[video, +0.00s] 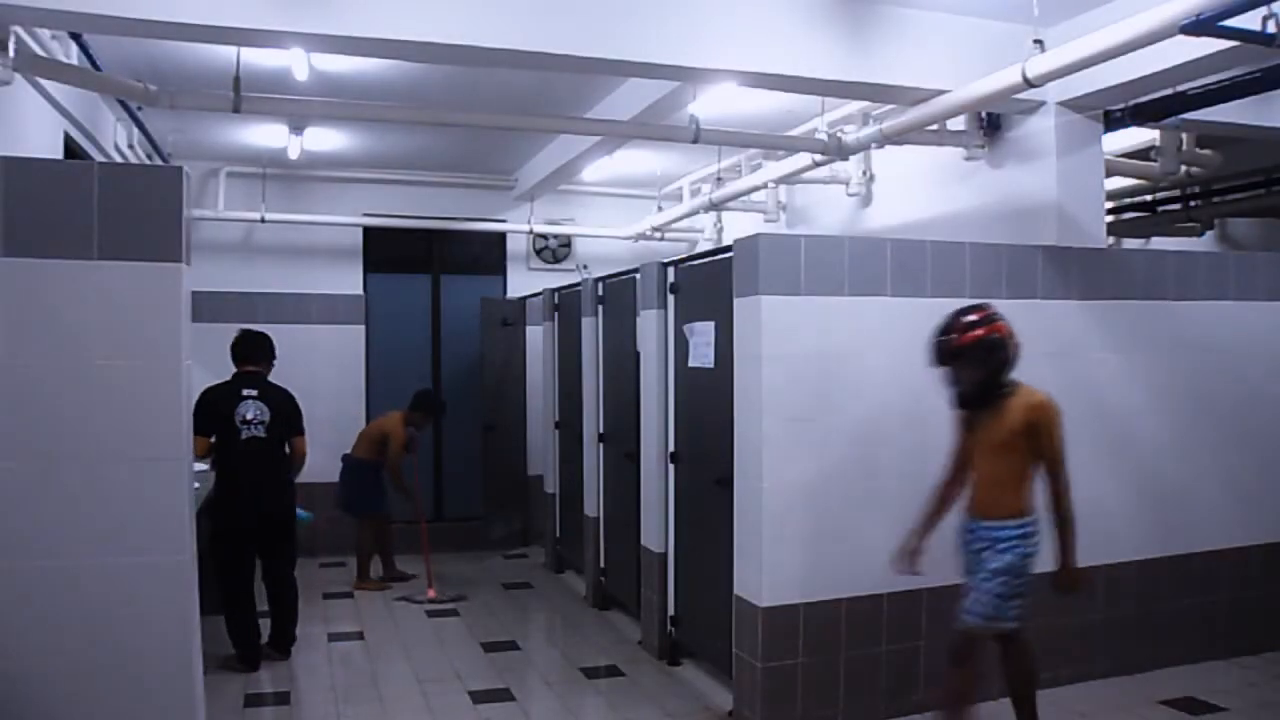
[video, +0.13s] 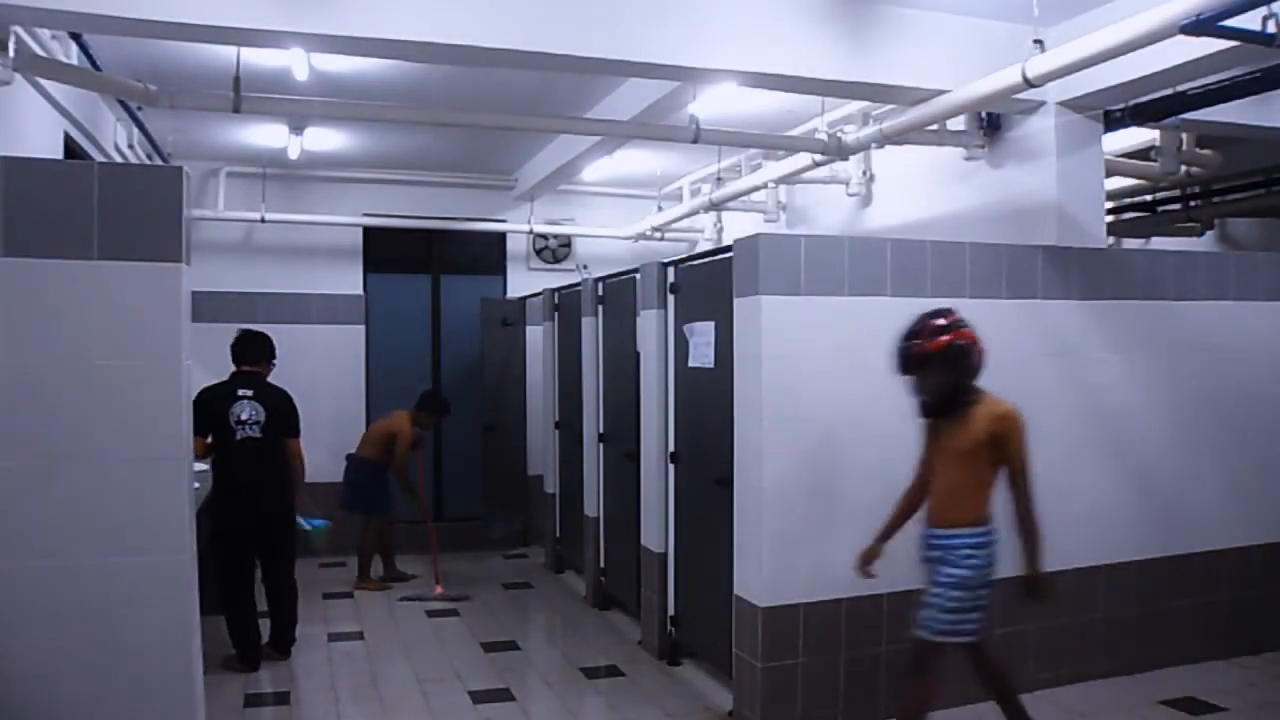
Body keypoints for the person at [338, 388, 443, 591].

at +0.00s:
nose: (425, 425)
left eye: (428, 421)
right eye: (426, 420)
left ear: (414, 410)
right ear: (418, 414)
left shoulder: (395, 420)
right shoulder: (397, 429)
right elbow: (393, 467)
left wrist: (405, 447)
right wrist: (405, 493)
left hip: (370, 468)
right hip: (360, 469)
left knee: (382, 521)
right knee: (367, 524)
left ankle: (389, 569)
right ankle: (363, 577)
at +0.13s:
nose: (431, 426)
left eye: (434, 421)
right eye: (432, 420)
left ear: (420, 409)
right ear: (424, 414)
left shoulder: (401, 418)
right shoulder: (405, 429)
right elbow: (399, 467)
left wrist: (412, 445)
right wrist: (412, 494)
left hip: (373, 467)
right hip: (366, 468)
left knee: (385, 520)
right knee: (372, 522)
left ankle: (389, 569)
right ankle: (363, 576)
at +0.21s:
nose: (435, 423)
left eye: (437, 419)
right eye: (435, 418)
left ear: (422, 408)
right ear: (427, 412)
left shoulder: (401, 417)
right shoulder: (411, 429)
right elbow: (404, 465)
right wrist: (419, 493)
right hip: (372, 468)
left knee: (387, 520)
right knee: (376, 522)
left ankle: (390, 569)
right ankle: (364, 576)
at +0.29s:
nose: (436, 422)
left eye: (438, 418)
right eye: (437, 417)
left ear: (423, 405)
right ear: (430, 412)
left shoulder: (402, 414)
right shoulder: (415, 427)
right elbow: (410, 463)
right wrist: (426, 488)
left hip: (366, 463)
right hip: (375, 467)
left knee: (389, 520)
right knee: (381, 522)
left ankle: (390, 569)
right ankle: (365, 576)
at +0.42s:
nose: (439, 421)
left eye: (441, 417)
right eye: (439, 416)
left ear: (425, 404)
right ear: (433, 411)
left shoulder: (402, 413)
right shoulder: (419, 429)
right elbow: (418, 465)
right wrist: (432, 487)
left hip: (367, 462)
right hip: (377, 467)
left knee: (392, 519)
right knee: (384, 522)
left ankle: (390, 569)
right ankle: (367, 573)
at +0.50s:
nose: (439, 421)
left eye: (442, 416)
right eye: (440, 416)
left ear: (425, 404)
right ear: (434, 411)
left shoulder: (402, 413)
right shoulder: (421, 428)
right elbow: (424, 465)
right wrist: (434, 488)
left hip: (367, 461)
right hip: (380, 466)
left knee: (392, 518)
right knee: (385, 520)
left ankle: (390, 569)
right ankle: (372, 574)